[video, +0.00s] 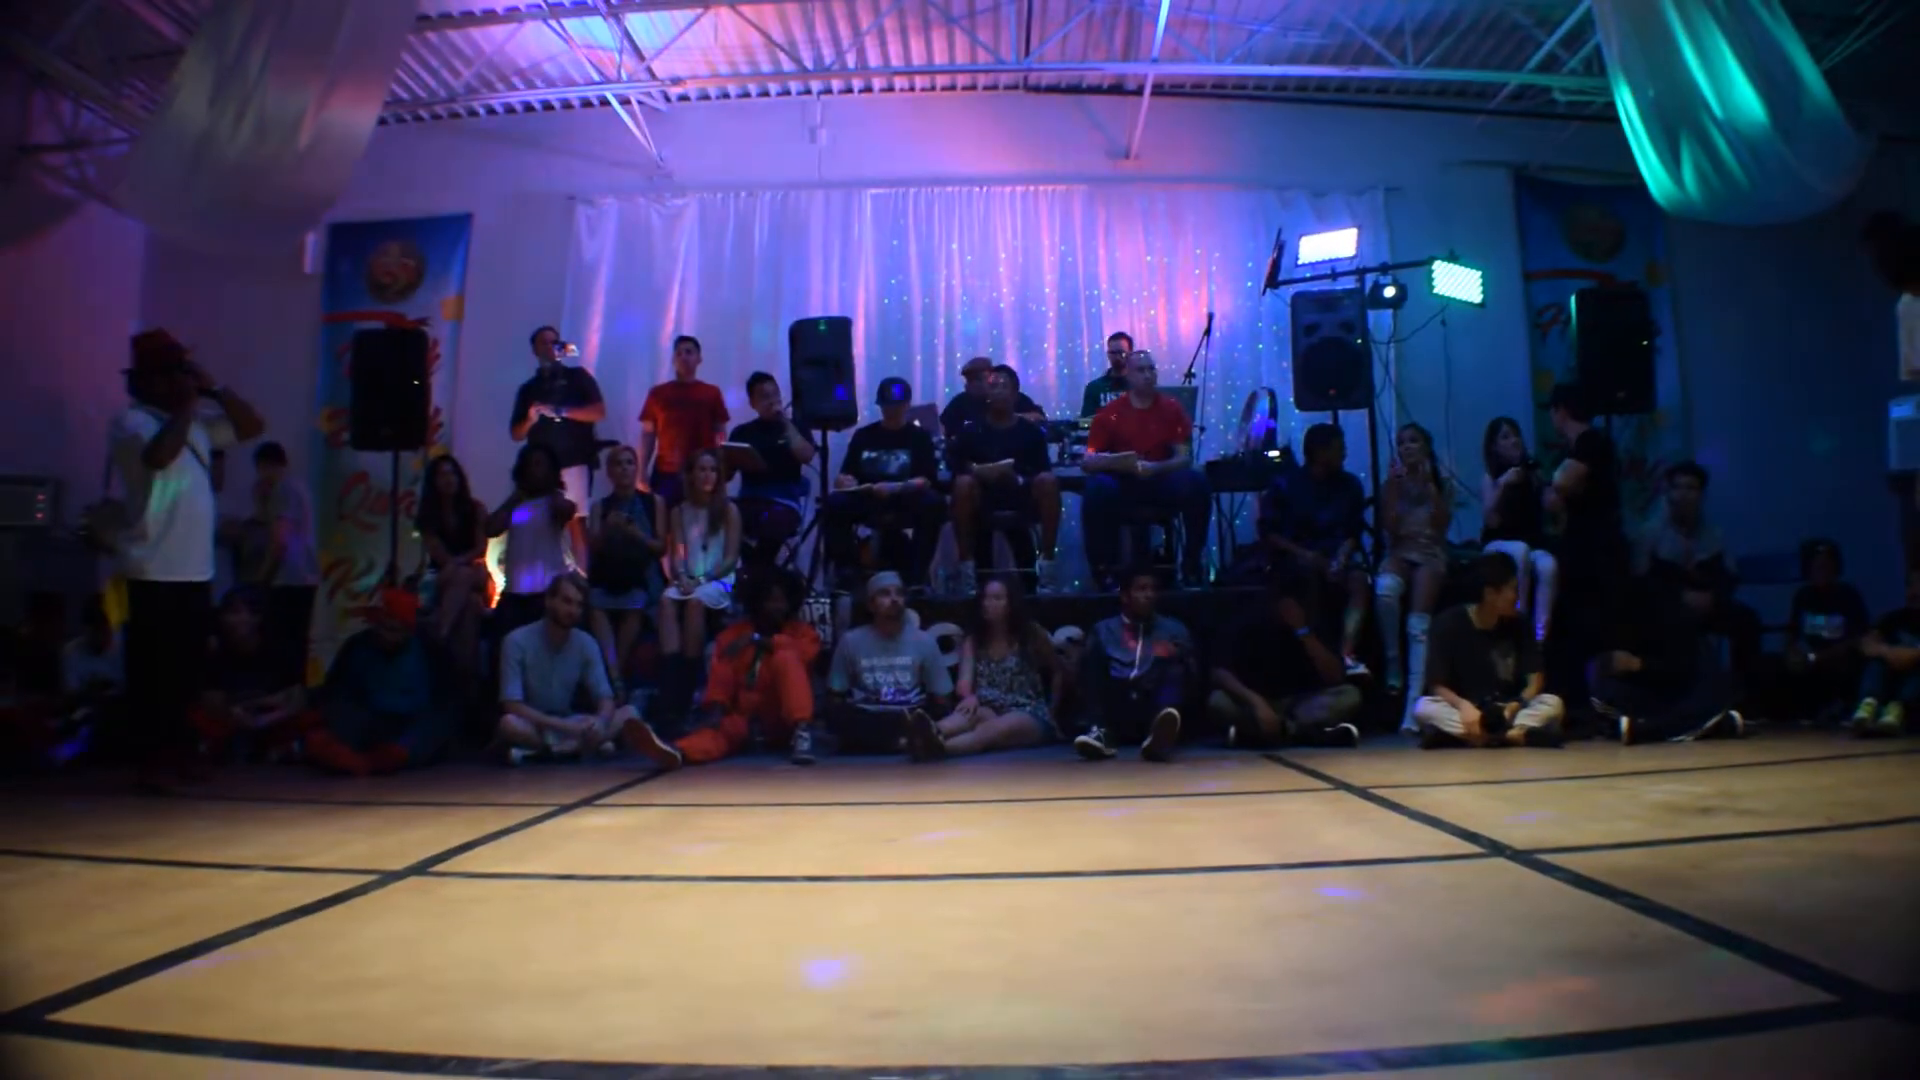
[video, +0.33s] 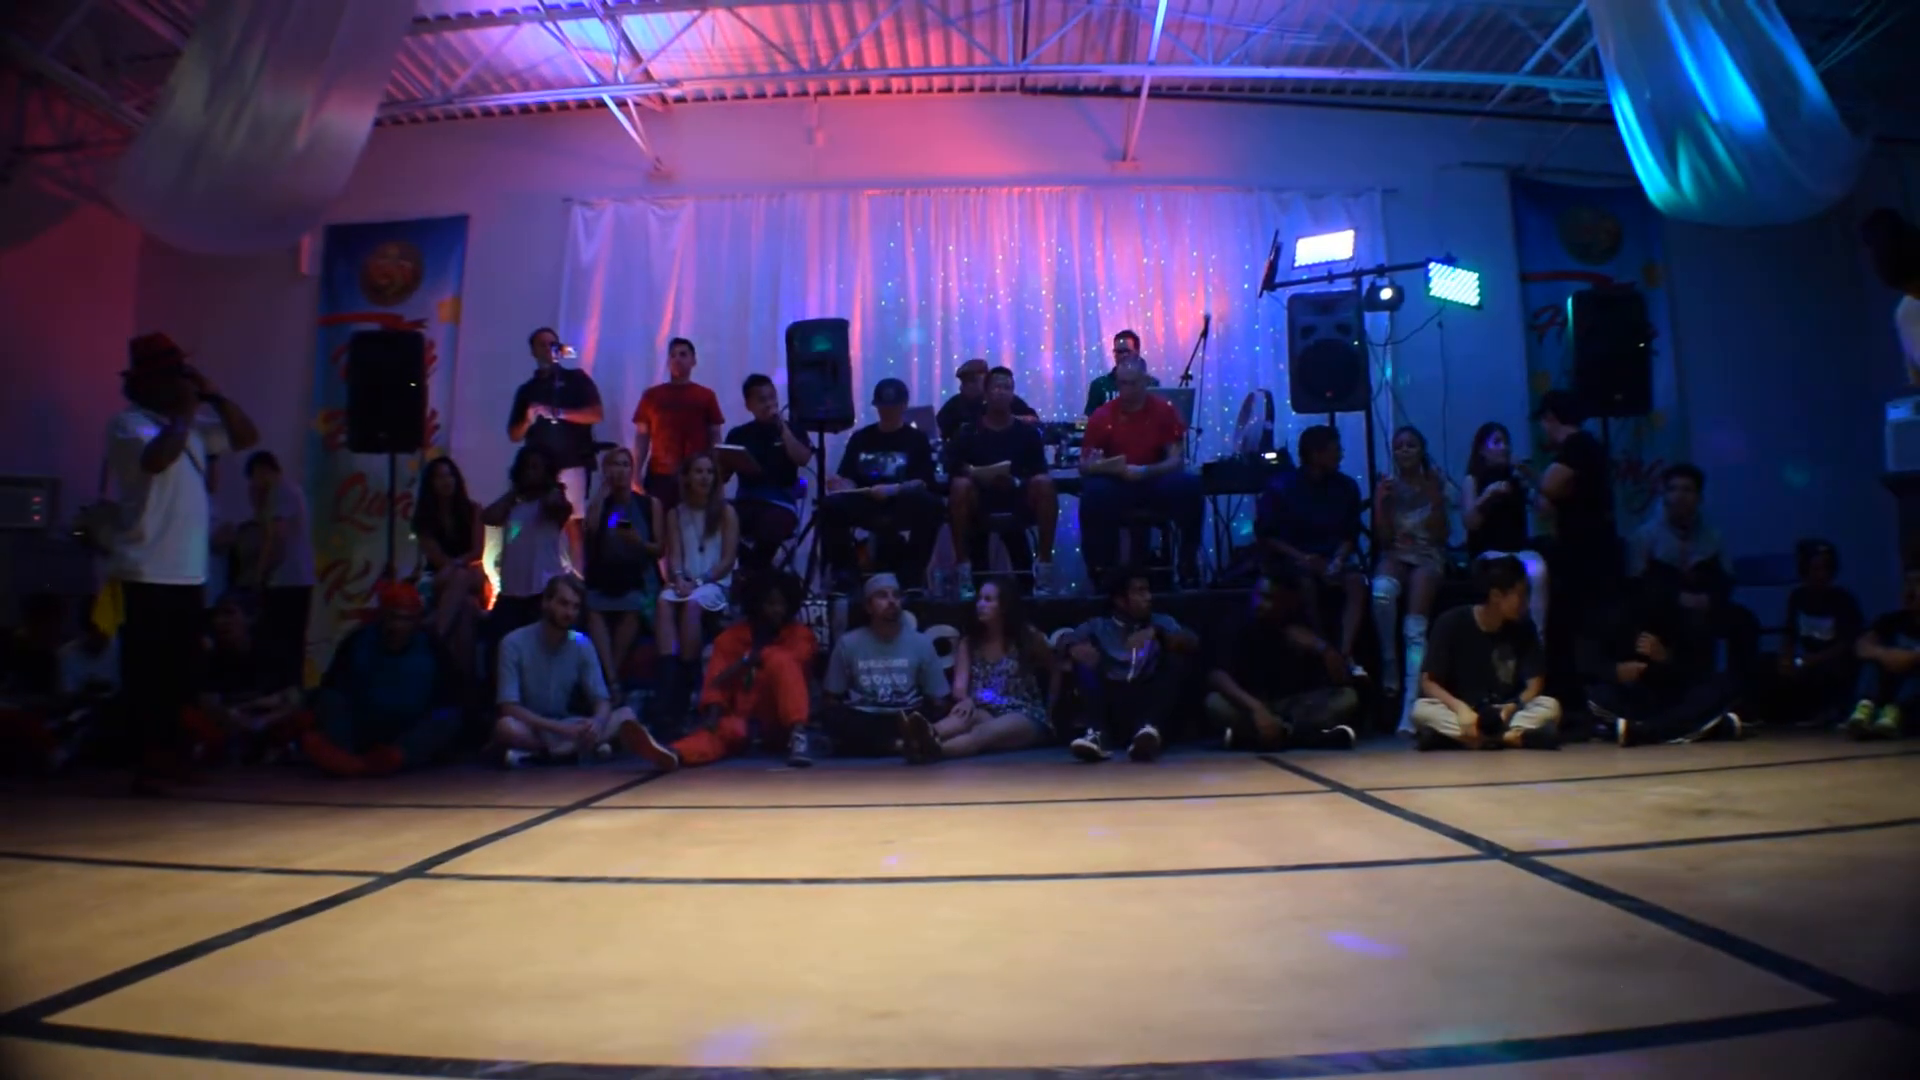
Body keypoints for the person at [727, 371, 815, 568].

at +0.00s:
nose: (772, 401)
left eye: (775, 394)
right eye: (765, 396)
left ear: (780, 396)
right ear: (753, 402)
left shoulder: (795, 428)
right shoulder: (742, 432)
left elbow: (806, 456)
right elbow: (727, 473)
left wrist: (786, 423)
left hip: (785, 495)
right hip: (751, 495)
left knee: (773, 527)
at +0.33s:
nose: (769, 404)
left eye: (772, 398)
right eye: (762, 400)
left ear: (777, 398)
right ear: (749, 405)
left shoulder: (792, 431)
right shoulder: (739, 434)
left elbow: (802, 458)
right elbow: (723, 476)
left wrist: (783, 428)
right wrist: (726, 459)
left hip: (780, 499)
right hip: (747, 499)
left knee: (773, 529)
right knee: (723, 520)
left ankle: (755, 571)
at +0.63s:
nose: (762, 407)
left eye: (766, 401)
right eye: (756, 403)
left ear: (774, 401)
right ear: (746, 406)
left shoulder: (789, 431)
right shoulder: (737, 435)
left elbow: (799, 460)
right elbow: (721, 477)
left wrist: (776, 431)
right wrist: (727, 461)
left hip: (779, 499)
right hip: (745, 499)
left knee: (768, 531)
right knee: (726, 527)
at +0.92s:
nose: (759, 411)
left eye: (763, 404)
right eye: (753, 406)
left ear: (771, 404)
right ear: (744, 407)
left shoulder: (790, 432)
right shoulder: (737, 435)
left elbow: (798, 462)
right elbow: (721, 477)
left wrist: (769, 433)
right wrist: (726, 461)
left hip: (778, 498)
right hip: (745, 498)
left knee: (772, 529)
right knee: (725, 525)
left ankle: (755, 572)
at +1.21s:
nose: (756, 414)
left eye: (760, 409)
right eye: (751, 410)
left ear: (770, 405)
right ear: (743, 409)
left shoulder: (789, 432)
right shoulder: (736, 435)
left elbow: (797, 462)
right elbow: (721, 477)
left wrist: (768, 434)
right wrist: (728, 459)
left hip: (777, 499)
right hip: (745, 498)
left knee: (769, 531)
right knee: (725, 527)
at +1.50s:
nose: (755, 406)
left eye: (760, 400)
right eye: (748, 401)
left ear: (769, 403)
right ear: (742, 406)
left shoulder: (789, 431)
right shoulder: (736, 435)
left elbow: (797, 462)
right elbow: (719, 478)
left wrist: (768, 433)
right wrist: (725, 459)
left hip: (778, 499)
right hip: (745, 498)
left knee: (768, 529)